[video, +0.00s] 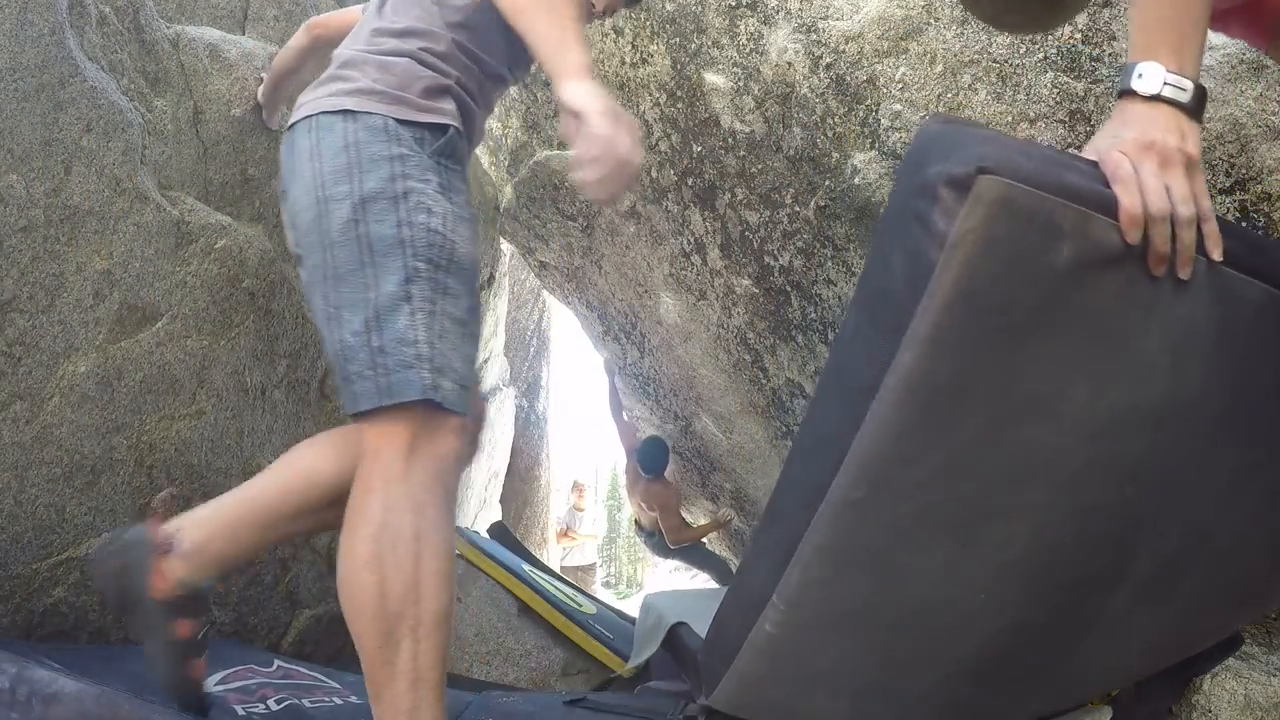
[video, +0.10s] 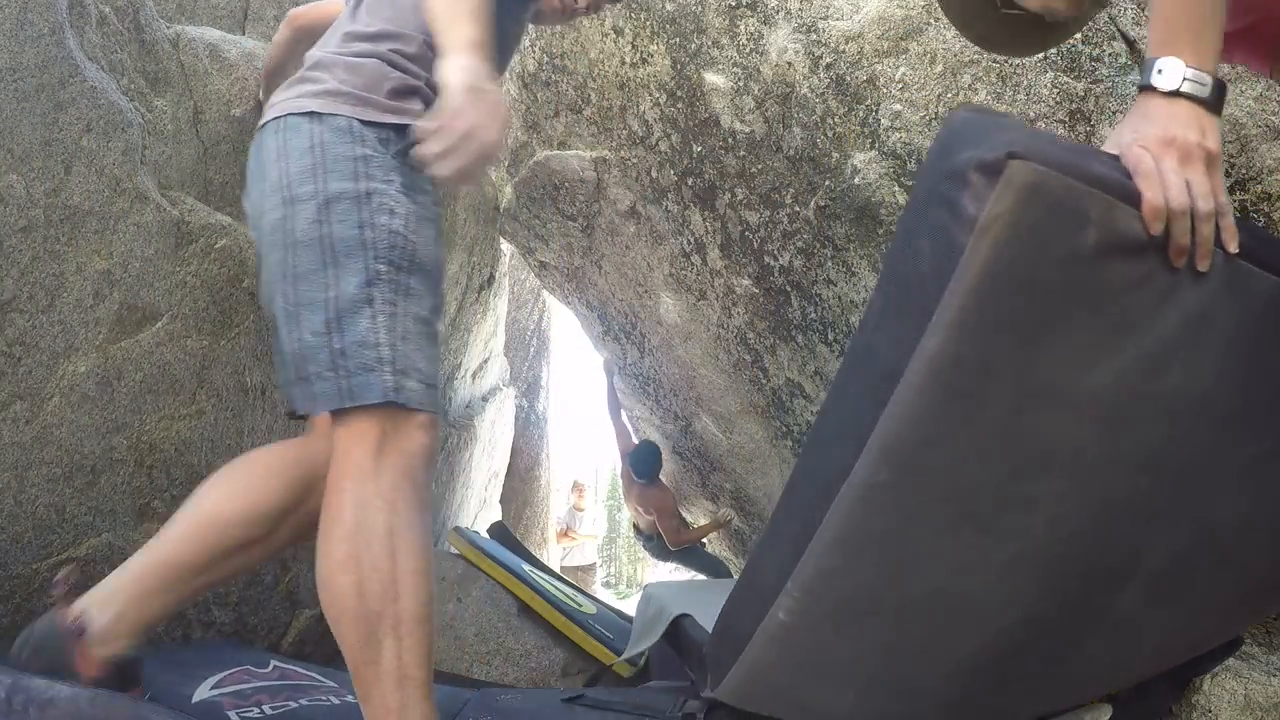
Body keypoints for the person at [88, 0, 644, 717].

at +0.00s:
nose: (609, 13)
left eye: (612, 13)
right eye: (609, 6)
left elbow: (324, 26)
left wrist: (273, 92)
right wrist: (577, 82)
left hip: (362, 128)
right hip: (379, 125)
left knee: (435, 424)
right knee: (420, 428)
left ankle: (171, 558)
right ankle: (411, 708)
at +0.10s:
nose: (577, 9)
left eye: (585, 11)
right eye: (581, 1)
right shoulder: (500, 5)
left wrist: (269, 93)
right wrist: (468, 68)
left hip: (309, 134)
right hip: (350, 130)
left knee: (339, 441)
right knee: (390, 432)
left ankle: (93, 632)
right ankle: (402, 711)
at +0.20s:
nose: (550, 5)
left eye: (559, 6)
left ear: (541, 4)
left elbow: (283, 13)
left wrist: (265, 107)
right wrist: (373, 46)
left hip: (271, 135)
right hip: (320, 128)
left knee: (274, 441)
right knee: (366, 429)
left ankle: (63, 665)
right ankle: (401, 709)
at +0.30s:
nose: (516, 3)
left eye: (521, 6)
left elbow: (261, 12)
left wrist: (279, 58)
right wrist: (312, 48)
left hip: (233, 124)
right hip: (290, 117)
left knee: (245, 423)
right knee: (359, 406)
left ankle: (58, 678)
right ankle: (413, 708)